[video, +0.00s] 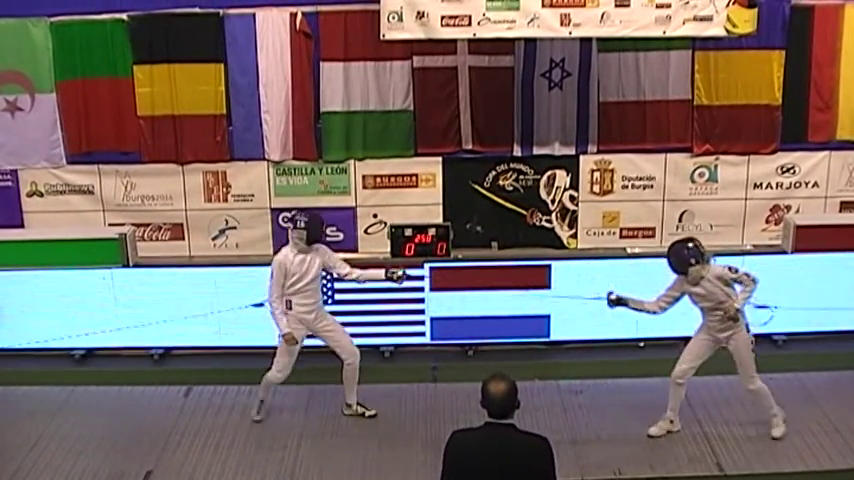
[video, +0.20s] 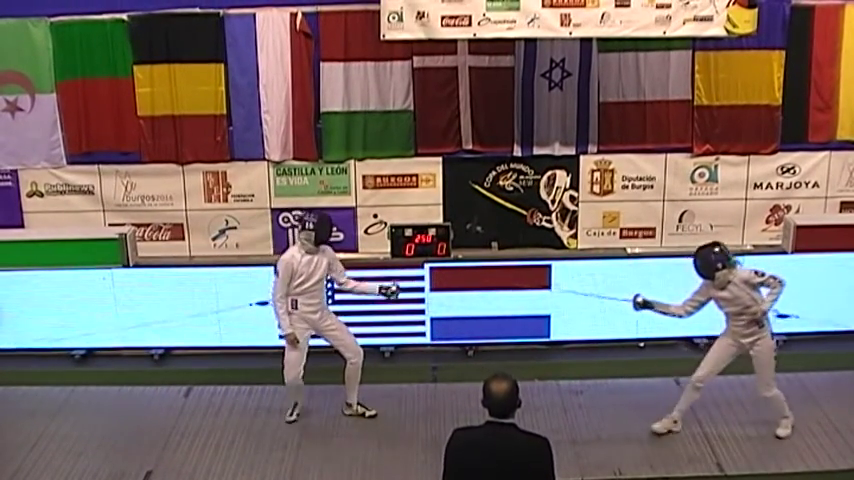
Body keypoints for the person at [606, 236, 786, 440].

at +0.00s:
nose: (690, 275)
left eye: (690, 270)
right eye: (686, 272)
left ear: (698, 263)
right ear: (683, 270)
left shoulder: (718, 273)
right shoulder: (682, 283)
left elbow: (750, 282)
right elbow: (657, 307)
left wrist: (738, 304)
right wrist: (624, 302)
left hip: (735, 331)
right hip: (709, 332)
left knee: (752, 384)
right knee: (679, 375)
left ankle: (776, 416)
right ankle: (671, 420)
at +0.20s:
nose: (714, 280)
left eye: (716, 275)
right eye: (710, 276)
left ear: (726, 268)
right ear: (708, 274)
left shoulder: (743, 277)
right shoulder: (709, 288)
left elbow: (777, 283)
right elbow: (683, 310)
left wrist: (765, 307)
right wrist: (650, 305)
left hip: (760, 337)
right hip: (732, 336)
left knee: (766, 390)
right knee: (698, 379)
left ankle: (786, 419)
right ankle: (674, 420)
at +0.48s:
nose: (729, 277)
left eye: (732, 272)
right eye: (726, 273)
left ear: (742, 265)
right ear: (724, 270)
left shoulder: (759, 275)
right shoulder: (725, 282)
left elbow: (792, 285)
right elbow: (698, 305)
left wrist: (778, 308)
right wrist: (665, 298)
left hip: (776, 334)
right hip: (751, 335)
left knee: (780, 384)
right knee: (730, 380)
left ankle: (797, 418)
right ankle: (751, 419)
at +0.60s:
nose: (729, 278)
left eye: (731, 273)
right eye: (727, 274)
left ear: (741, 266)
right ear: (724, 270)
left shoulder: (758, 277)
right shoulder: (724, 284)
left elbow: (790, 289)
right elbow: (698, 307)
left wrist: (775, 310)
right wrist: (666, 298)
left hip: (773, 336)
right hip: (747, 336)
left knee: (779, 386)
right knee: (717, 374)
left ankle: (798, 418)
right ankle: (740, 410)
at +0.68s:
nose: (723, 272)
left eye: (725, 266)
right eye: (720, 268)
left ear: (733, 259)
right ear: (717, 265)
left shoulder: (750, 270)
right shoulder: (716, 278)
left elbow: (784, 282)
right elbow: (691, 301)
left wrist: (768, 304)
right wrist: (657, 296)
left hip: (765, 330)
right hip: (739, 329)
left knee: (776, 382)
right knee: (707, 371)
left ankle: (796, 417)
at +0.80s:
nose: (710, 272)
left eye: (711, 267)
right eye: (706, 268)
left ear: (718, 262)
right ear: (703, 267)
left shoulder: (736, 273)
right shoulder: (701, 281)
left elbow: (769, 285)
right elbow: (673, 300)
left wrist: (753, 306)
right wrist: (639, 296)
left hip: (752, 333)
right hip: (725, 333)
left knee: (770, 382)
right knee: (692, 374)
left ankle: (793, 417)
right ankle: (668, 416)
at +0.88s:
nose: (697, 281)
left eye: (699, 276)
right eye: (694, 277)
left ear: (706, 269)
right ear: (690, 275)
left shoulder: (723, 281)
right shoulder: (689, 290)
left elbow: (756, 294)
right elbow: (660, 307)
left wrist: (741, 316)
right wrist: (628, 299)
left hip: (740, 340)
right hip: (712, 340)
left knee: (764, 384)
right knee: (676, 374)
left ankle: (793, 417)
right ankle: (663, 419)